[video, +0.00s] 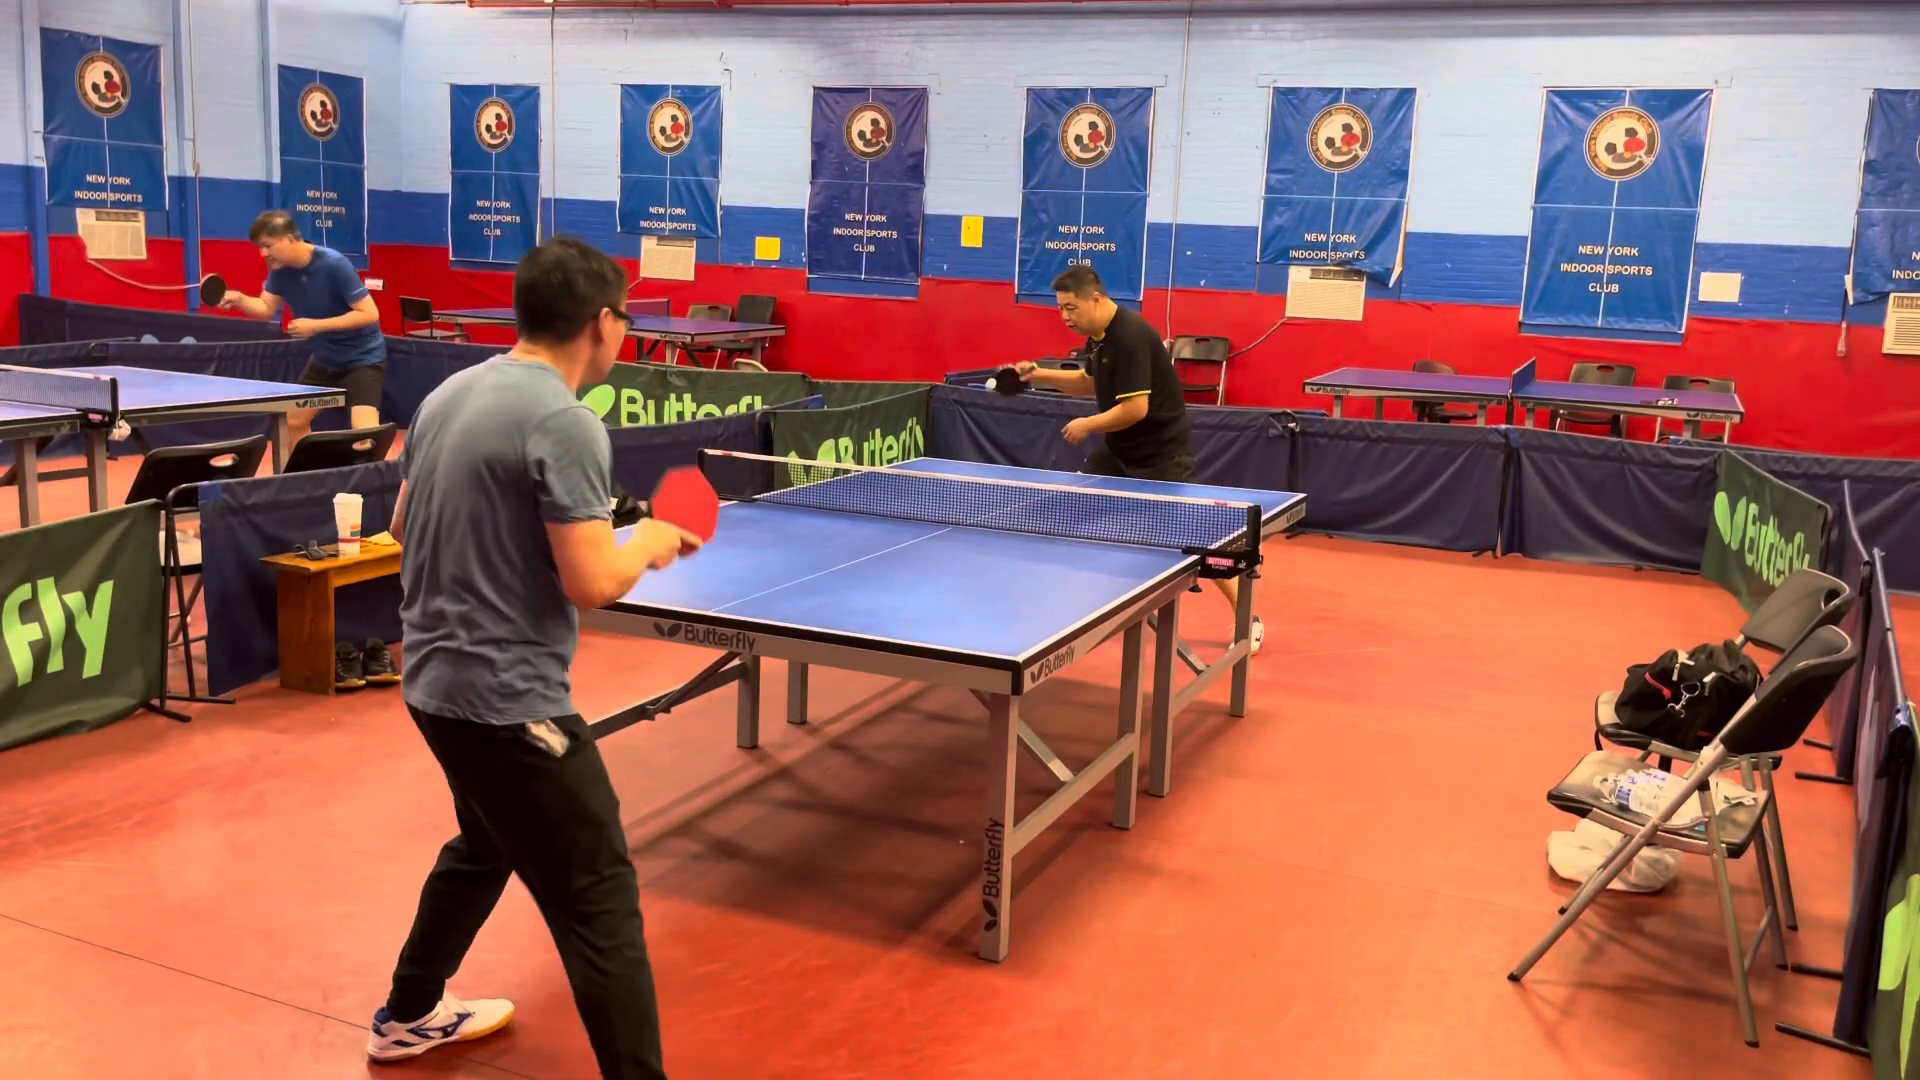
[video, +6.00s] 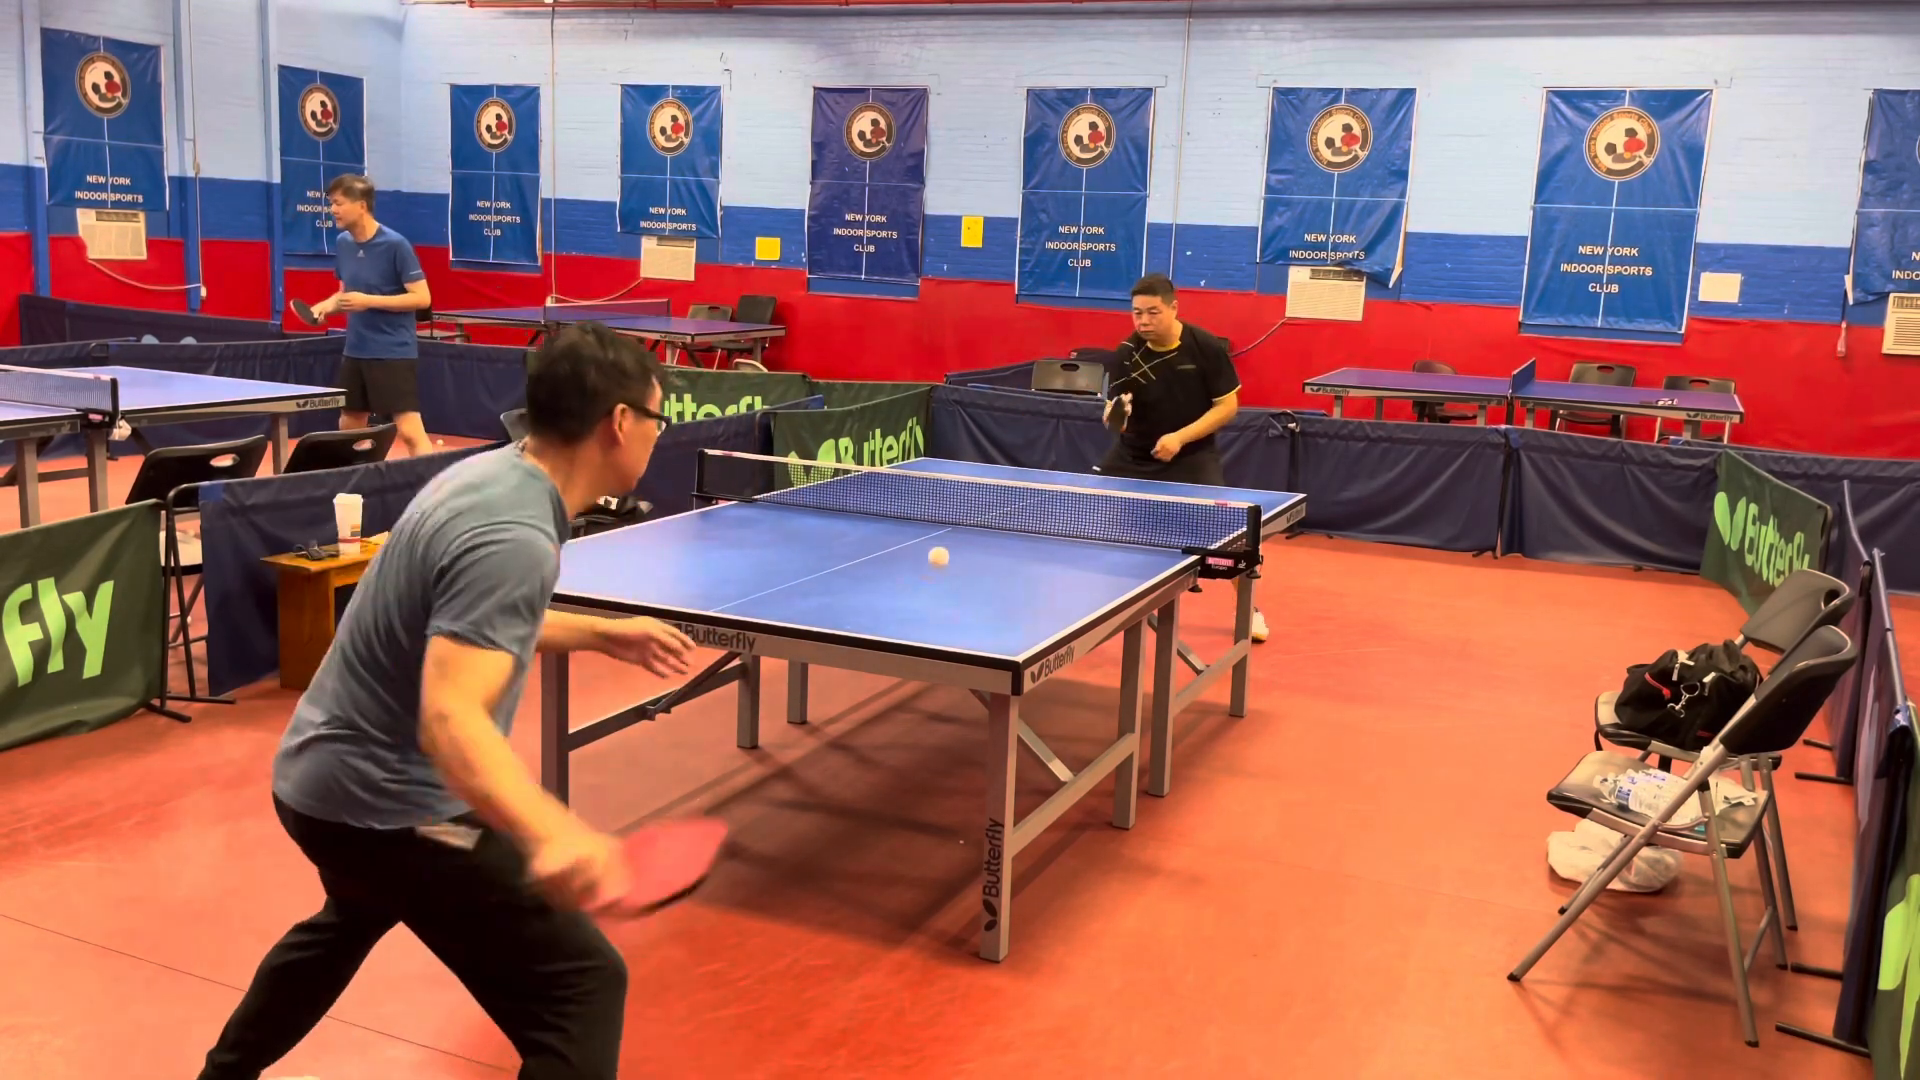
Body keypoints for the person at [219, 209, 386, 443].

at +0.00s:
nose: (263, 254)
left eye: (267, 246)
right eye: (261, 247)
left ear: (290, 240)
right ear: (287, 241)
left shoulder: (334, 264)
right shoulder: (282, 270)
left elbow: (370, 314)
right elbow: (266, 309)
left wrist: (316, 325)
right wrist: (240, 300)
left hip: (363, 357)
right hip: (325, 357)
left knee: (363, 430)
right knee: (294, 421)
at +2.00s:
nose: (310, 245)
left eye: (314, 238)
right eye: (307, 239)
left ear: (336, 233)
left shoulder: (382, 256)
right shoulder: (318, 260)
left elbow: (420, 304)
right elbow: (294, 289)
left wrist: (371, 319)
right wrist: (268, 308)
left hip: (406, 351)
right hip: (366, 353)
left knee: (403, 423)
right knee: (344, 423)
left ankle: (420, 492)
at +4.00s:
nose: (304, 233)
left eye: (309, 226)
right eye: (303, 227)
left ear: (332, 225)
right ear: (325, 227)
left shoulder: (375, 255)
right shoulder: (324, 260)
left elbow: (408, 307)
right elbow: (330, 304)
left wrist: (352, 315)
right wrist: (303, 320)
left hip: (400, 358)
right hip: (361, 358)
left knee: (412, 430)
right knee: (337, 424)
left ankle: (434, 494)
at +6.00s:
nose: (333, 209)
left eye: (339, 203)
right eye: (332, 203)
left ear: (362, 206)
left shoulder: (396, 245)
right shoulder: (344, 242)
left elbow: (422, 298)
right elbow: (347, 293)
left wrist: (368, 301)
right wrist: (324, 307)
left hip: (394, 355)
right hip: (356, 353)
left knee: (410, 432)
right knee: (350, 427)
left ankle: (439, 496)